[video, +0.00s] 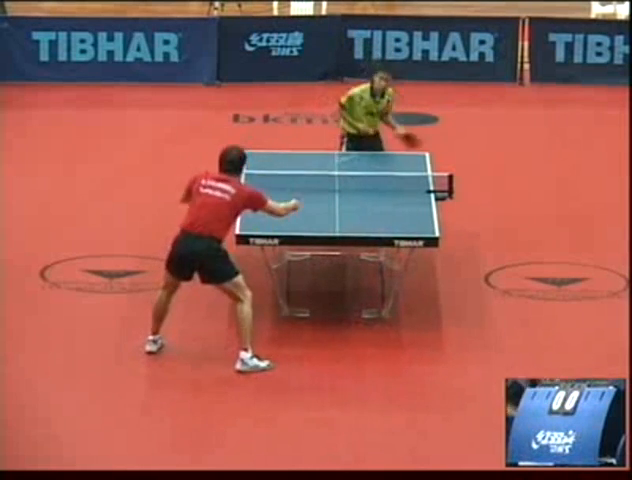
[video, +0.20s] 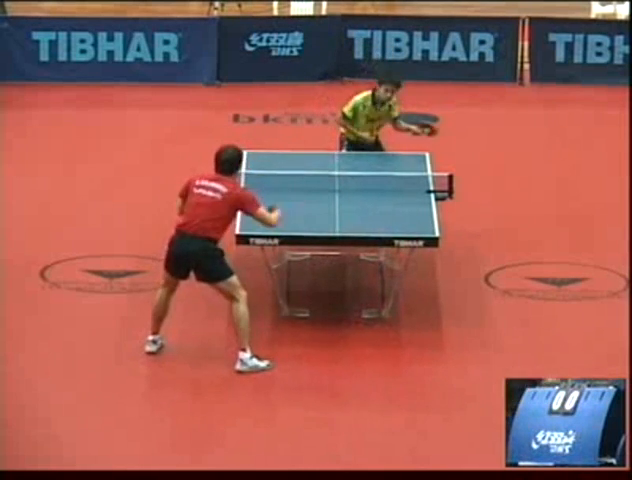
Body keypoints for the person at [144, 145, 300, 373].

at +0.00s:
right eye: (243, 165)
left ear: (220, 164)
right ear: (242, 168)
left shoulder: (201, 179)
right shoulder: (244, 192)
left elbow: (185, 199)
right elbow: (277, 211)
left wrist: (209, 198)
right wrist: (293, 206)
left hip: (184, 240)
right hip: (210, 246)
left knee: (167, 289)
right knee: (243, 296)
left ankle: (153, 338)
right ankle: (246, 355)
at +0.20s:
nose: (240, 167)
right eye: (240, 164)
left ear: (216, 164)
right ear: (238, 168)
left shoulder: (196, 181)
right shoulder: (238, 194)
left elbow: (181, 210)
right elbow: (269, 221)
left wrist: (203, 207)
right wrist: (275, 214)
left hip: (180, 241)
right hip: (206, 247)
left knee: (167, 287)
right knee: (238, 296)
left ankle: (152, 337)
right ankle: (245, 355)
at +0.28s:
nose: (240, 172)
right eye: (239, 169)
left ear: (216, 169)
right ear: (238, 172)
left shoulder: (198, 185)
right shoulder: (238, 197)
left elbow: (184, 203)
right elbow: (267, 229)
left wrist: (193, 221)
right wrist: (258, 229)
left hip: (178, 243)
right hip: (204, 248)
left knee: (166, 287)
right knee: (239, 296)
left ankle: (152, 337)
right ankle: (245, 355)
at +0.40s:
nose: (240, 184)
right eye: (240, 181)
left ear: (217, 179)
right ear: (239, 183)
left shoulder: (198, 195)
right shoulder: (238, 206)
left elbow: (193, 219)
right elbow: (265, 243)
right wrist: (250, 256)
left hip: (180, 249)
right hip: (206, 255)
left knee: (166, 289)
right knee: (246, 298)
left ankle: (152, 337)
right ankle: (246, 355)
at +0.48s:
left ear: (220, 182)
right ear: (242, 187)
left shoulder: (203, 197)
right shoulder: (243, 208)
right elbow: (272, 242)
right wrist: (254, 254)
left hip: (184, 252)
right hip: (212, 258)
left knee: (167, 290)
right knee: (249, 300)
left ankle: (152, 338)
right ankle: (250, 355)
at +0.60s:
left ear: (229, 181)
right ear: (251, 185)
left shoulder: (212, 193)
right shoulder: (255, 208)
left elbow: (200, 205)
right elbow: (282, 226)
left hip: (192, 249)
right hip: (218, 256)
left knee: (171, 293)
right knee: (250, 302)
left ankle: (153, 338)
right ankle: (253, 357)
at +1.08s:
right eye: (242, 166)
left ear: (220, 165)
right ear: (243, 169)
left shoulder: (202, 183)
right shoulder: (244, 194)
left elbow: (188, 213)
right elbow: (269, 230)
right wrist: (267, 223)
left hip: (184, 239)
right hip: (210, 245)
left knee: (171, 290)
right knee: (238, 300)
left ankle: (159, 339)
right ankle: (251, 356)